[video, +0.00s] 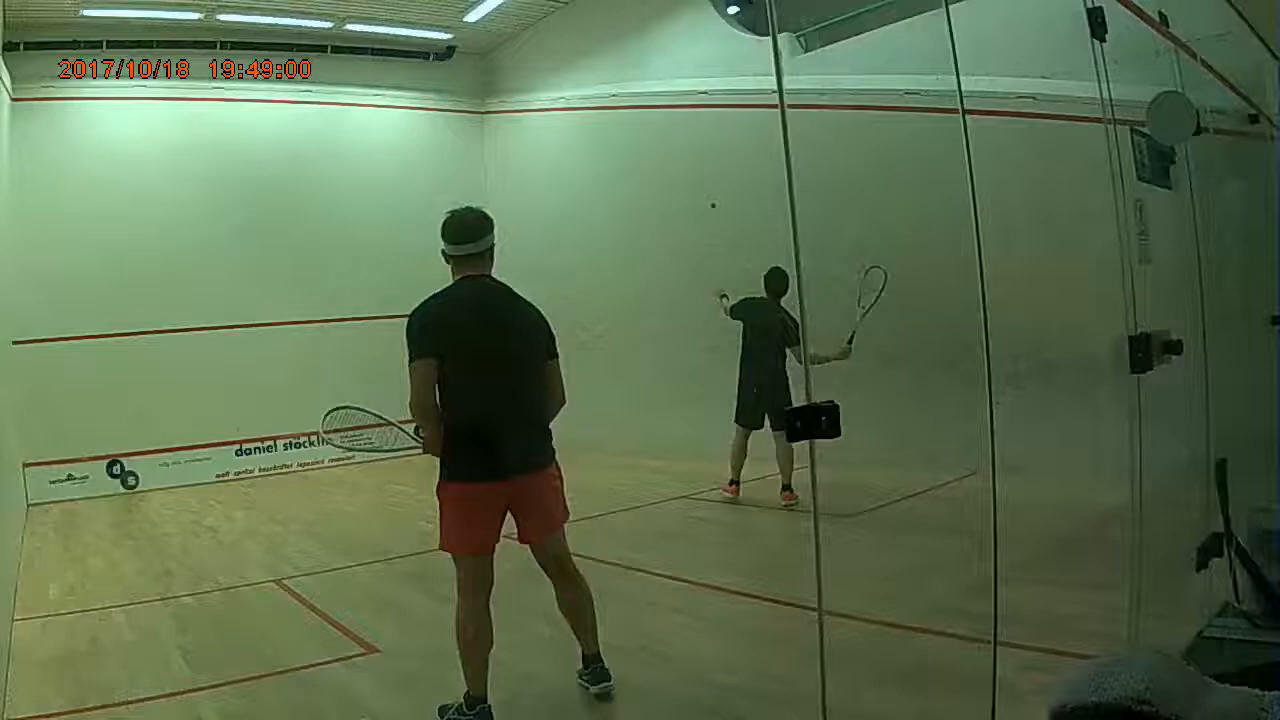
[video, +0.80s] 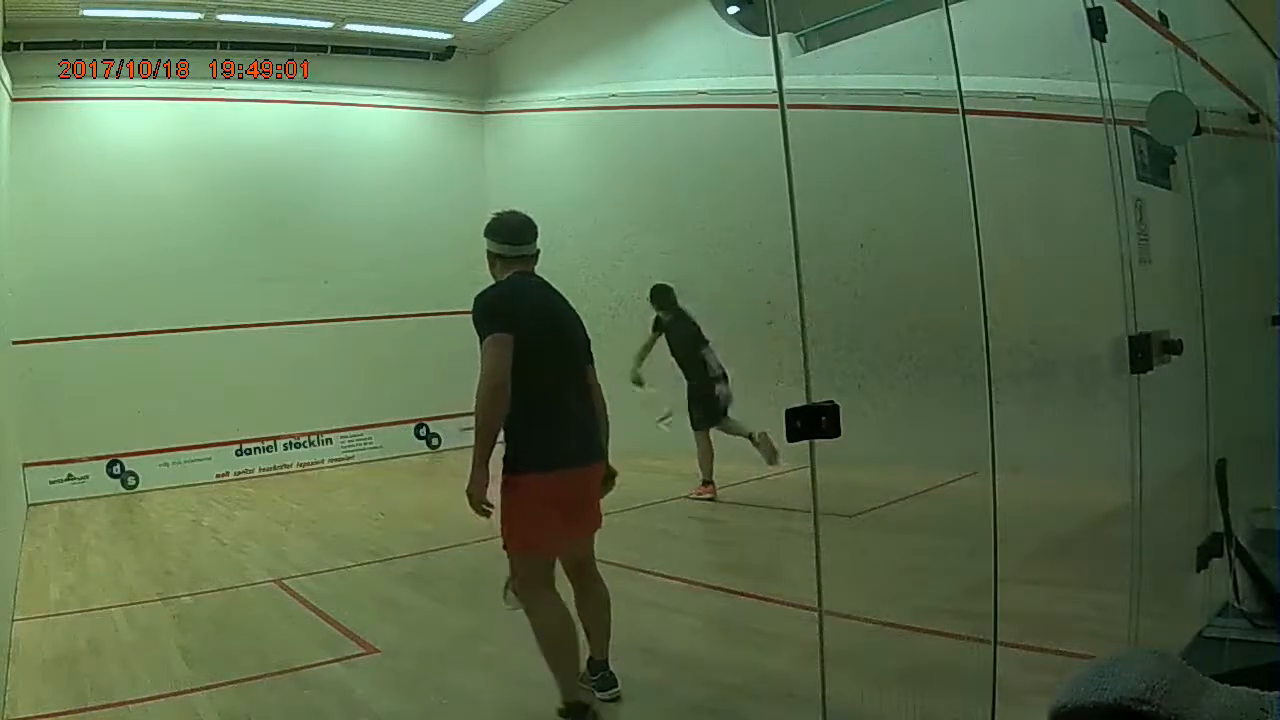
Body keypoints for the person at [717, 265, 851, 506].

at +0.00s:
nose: (783, 290)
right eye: (784, 286)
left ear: (765, 286)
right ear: (786, 289)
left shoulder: (750, 306)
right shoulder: (786, 320)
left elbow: (729, 312)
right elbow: (803, 357)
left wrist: (723, 298)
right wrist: (836, 356)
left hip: (749, 384)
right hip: (776, 385)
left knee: (742, 433)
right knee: (782, 436)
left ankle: (733, 484)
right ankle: (787, 490)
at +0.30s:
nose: (772, 300)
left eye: (765, 295)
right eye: (773, 296)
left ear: (754, 295)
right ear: (774, 299)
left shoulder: (737, 308)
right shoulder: (768, 326)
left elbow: (718, 298)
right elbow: (792, 358)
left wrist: (711, 292)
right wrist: (822, 342)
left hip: (730, 387)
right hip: (757, 389)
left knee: (719, 434)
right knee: (773, 437)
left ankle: (703, 482)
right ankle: (784, 489)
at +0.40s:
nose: (750, 300)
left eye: (745, 295)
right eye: (754, 297)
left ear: (736, 296)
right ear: (757, 300)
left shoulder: (721, 313)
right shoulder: (758, 327)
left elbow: (694, 306)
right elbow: (791, 340)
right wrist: (803, 316)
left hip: (719, 389)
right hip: (747, 389)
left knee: (709, 437)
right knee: (766, 437)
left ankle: (700, 483)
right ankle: (782, 485)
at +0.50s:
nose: (723, 300)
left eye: (719, 296)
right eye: (726, 296)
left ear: (710, 296)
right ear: (730, 296)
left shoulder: (697, 318)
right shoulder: (739, 320)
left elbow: (667, 336)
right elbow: (776, 311)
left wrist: (643, 347)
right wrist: (781, 285)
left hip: (711, 387)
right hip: (740, 385)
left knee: (707, 434)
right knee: (759, 431)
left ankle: (704, 484)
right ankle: (780, 473)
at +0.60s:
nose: (686, 299)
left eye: (684, 296)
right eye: (690, 294)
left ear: (682, 300)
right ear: (701, 296)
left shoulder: (683, 325)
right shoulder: (713, 312)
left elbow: (680, 363)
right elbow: (731, 293)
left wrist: (661, 391)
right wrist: (742, 271)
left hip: (712, 382)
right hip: (735, 376)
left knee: (704, 433)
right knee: (750, 425)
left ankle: (703, 484)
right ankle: (776, 462)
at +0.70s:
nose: (666, 310)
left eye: (665, 306)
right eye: (666, 305)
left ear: (666, 308)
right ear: (681, 297)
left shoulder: (686, 324)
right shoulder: (692, 314)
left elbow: (706, 361)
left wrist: (692, 389)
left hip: (711, 379)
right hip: (730, 375)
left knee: (702, 432)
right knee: (737, 420)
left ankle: (704, 484)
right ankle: (765, 446)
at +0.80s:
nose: (657, 309)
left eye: (657, 305)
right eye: (656, 306)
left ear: (660, 303)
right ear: (668, 300)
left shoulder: (683, 323)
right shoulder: (662, 319)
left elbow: (706, 350)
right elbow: (648, 344)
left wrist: (720, 380)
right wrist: (636, 368)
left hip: (702, 382)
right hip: (698, 381)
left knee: (701, 432)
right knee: (718, 420)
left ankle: (708, 484)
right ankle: (755, 438)